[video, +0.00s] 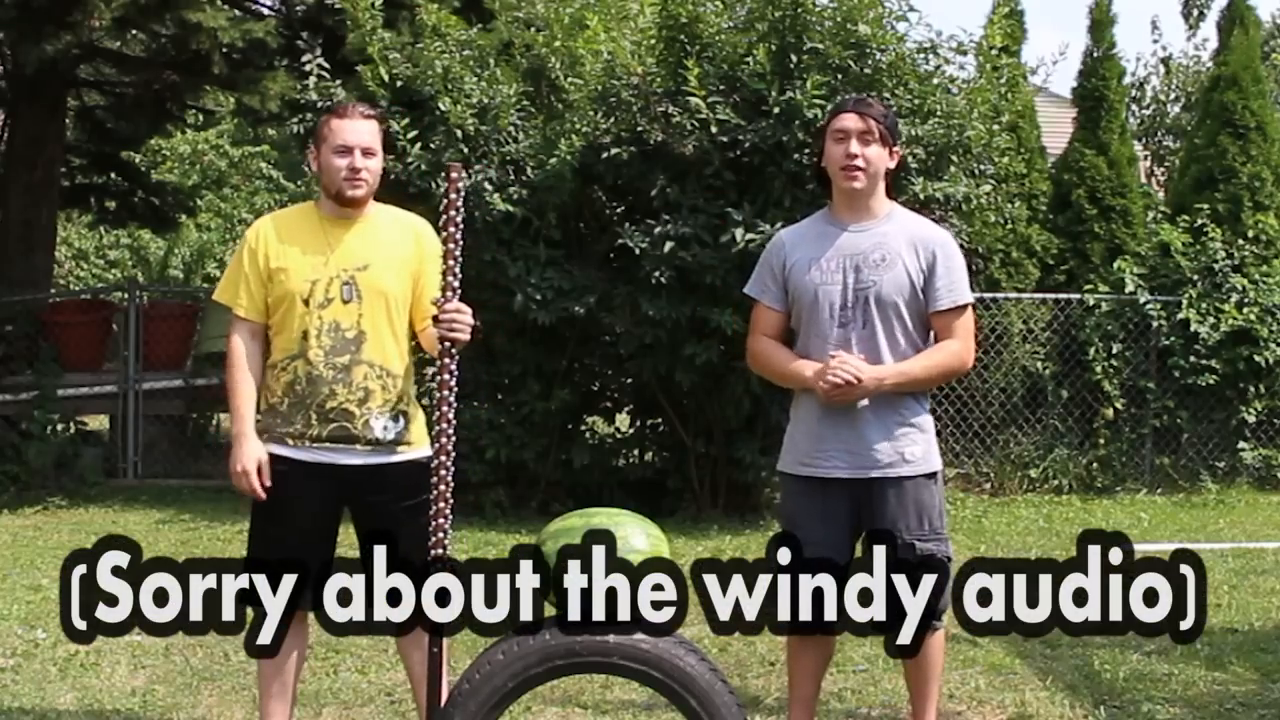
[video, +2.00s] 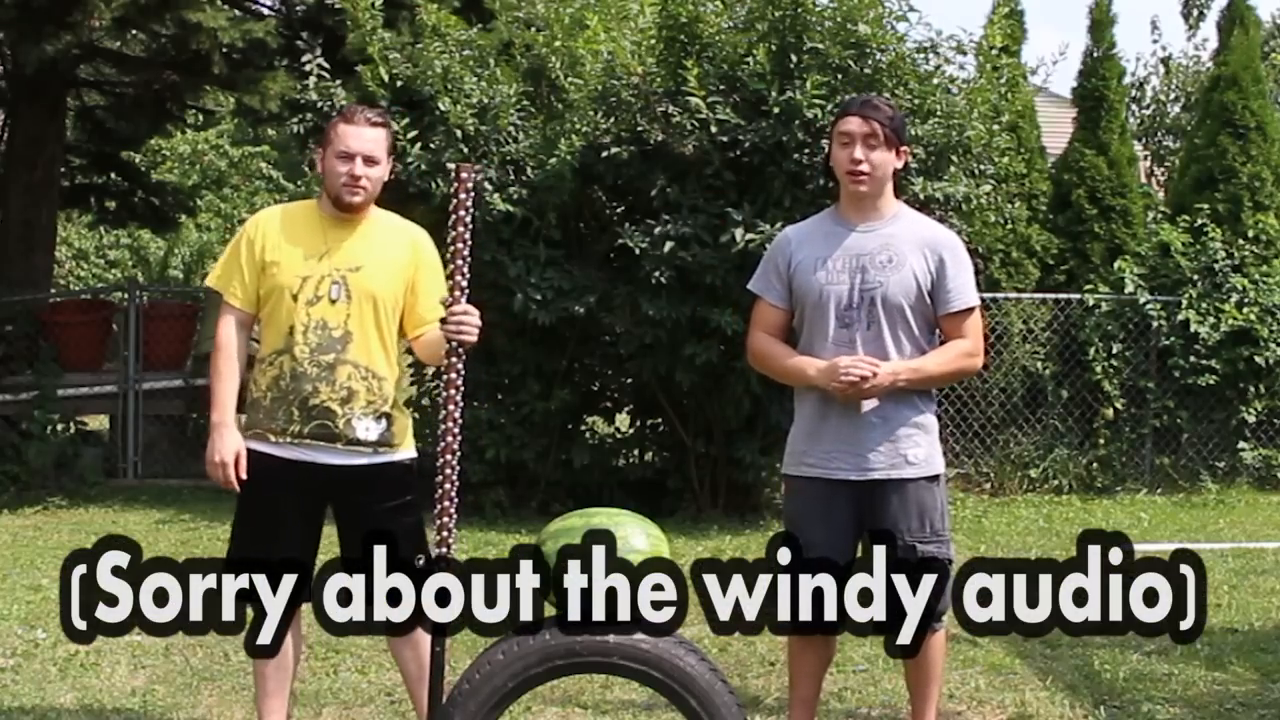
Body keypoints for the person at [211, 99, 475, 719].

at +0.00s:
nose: (356, 163)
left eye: (368, 153)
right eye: (343, 152)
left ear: (383, 163)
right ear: (314, 160)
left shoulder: (415, 236)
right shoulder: (270, 235)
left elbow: (430, 331)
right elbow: (245, 340)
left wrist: (454, 330)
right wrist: (244, 433)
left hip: (395, 456)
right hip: (295, 454)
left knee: (418, 604)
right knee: (281, 604)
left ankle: (438, 716)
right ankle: (275, 717)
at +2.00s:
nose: (357, 170)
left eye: (371, 160)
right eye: (345, 156)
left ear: (388, 171)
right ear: (319, 159)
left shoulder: (411, 243)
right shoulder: (266, 230)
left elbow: (427, 344)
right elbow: (233, 325)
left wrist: (455, 336)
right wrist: (222, 423)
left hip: (378, 459)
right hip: (279, 454)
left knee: (406, 604)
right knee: (272, 603)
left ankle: (435, 715)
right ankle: (273, 718)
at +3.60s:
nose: (368, 159)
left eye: (378, 150)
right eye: (354, 147)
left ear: (389, 162)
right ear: (320, 156)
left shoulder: (415, 237)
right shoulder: (273, 234)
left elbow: (443, 347)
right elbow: (236, 330)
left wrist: (428, 304)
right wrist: (294, 365)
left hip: (398, 456)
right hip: (300, 455)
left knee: (428, 602)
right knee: (285, 603)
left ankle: (432, 718)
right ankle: (275, 716)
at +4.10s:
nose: (368, 165)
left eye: (377, 154)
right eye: (353, 153)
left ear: (387, 163)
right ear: (319, 161)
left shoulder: (413, 239)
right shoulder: (278, 233)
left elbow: (440, 321)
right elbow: (267, 322)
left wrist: (458, 360)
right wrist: (351, 303)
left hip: (406, 451)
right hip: (307, 452)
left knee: (429, 599)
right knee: (291, 600)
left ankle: (436, 715)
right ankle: (275, 715)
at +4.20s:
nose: (373, 172)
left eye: (382, 160)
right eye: (359, 159)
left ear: (391, 166)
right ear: (325, 162)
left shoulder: (413, 242)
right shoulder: (281, 230)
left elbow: (440, 331)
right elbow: (270, 299)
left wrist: (464, 396)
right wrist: (357, 258)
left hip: (404, 452)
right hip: (306, 453)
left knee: (428, 599)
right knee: (291, 601)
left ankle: (438, 716)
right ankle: (275, 716)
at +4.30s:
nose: (381, 164)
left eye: (387, 153)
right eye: (367, 153)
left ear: (396, 161)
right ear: (330, 160)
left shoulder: (414, 245)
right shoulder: (285, 219)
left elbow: (438, 335)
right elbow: (274, 262)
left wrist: (459, 404)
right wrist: (353, 197)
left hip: (403, 449)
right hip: (306, 449)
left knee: (427, 596)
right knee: (292, 597)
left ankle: (438, 715)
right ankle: (275, 715)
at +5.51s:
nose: (398, 157)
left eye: (409, 148)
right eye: (385, 146)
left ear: (426, 163)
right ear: (357, 158)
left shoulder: (448, 240)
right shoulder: (314, 221)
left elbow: (462, 336)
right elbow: (317, 292)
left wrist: (445, 407)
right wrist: (384, 277)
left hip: (417, 453)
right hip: (320, 449)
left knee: (430, 599)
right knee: (292, 600)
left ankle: (438, 715)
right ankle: (271, 715)